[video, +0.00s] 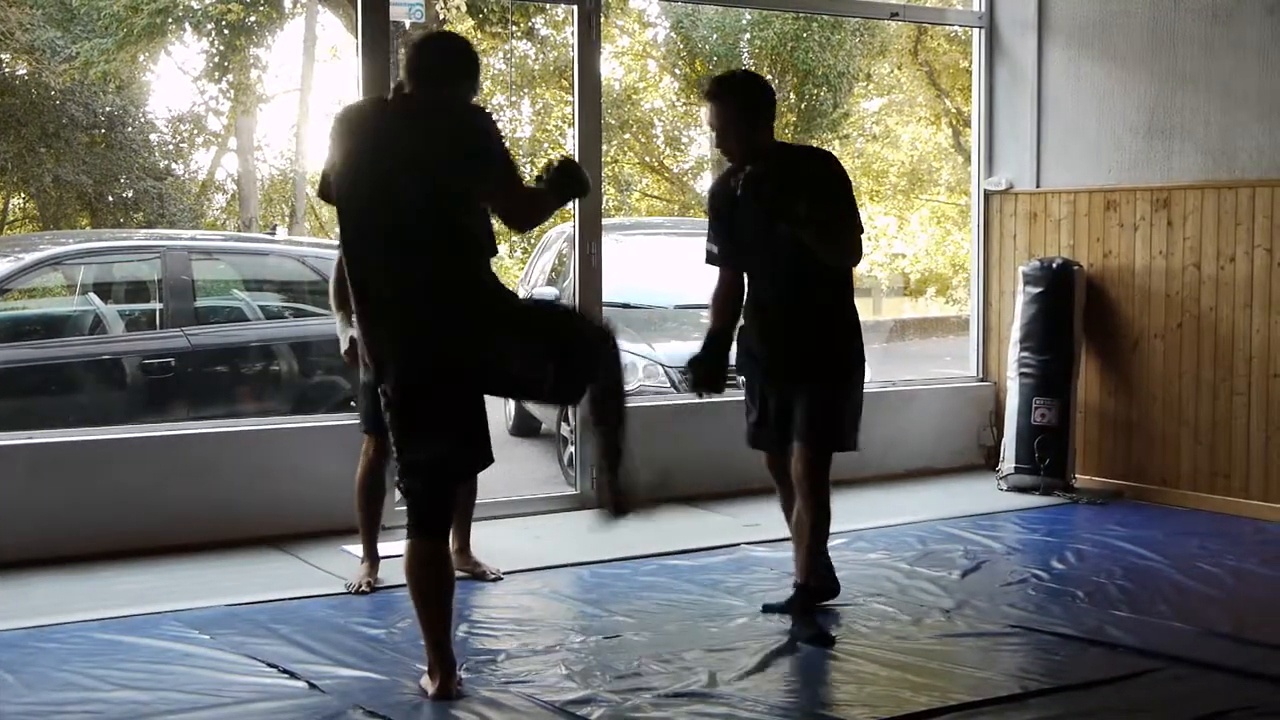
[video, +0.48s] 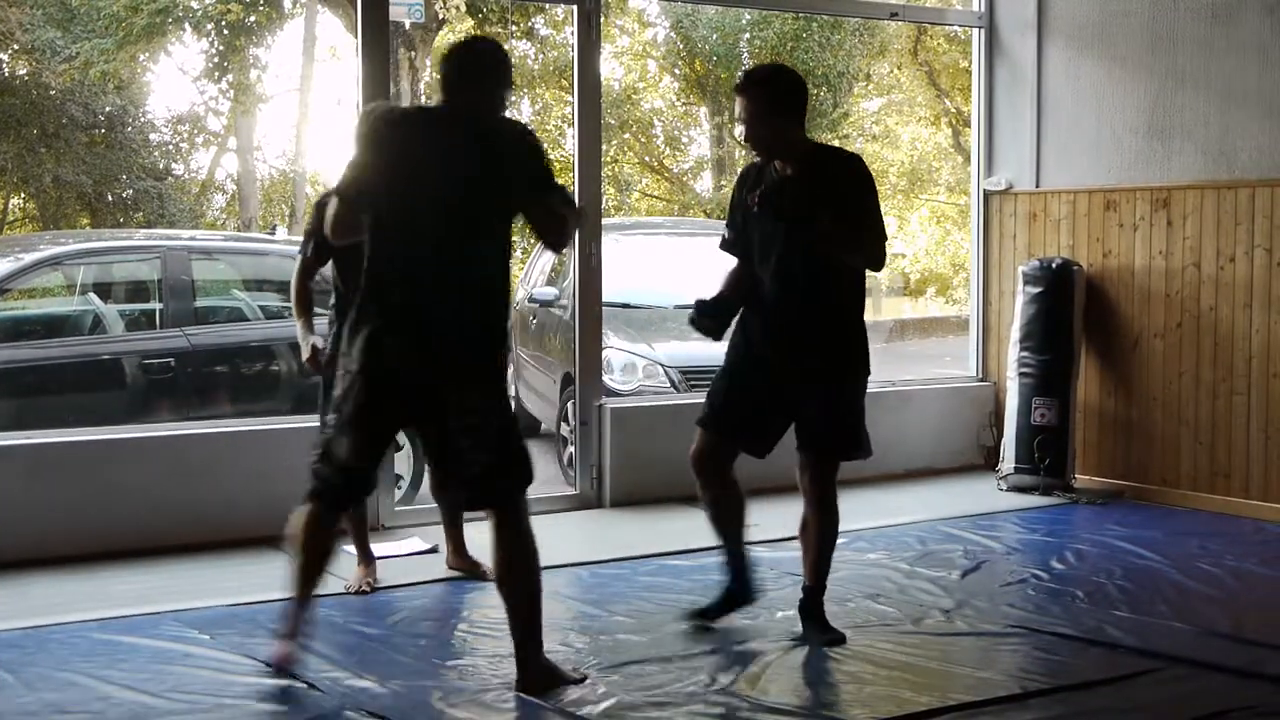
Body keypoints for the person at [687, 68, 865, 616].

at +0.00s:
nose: (713, 136)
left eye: (721, 123)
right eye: (711, 124)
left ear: (755, 119)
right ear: (732, 125)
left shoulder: (818, 168)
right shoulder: (728, 189)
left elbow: (848, 252)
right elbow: (730, 279)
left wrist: (783, 205)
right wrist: (713, 350)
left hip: (825, 334)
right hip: (765, 338)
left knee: (809, 464)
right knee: (781, 465)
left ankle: (805, 596)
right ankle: (818, 572)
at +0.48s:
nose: (743, 131)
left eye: (752, 119)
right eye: (741, 120)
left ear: (788, 115)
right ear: (751, 117)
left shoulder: (845, 171)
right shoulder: (753, 180)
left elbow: (872, 255)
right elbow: (748, 263)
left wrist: (808, 211)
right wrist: (719, 307)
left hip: (830, 346)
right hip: (763, 344)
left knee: (818, 477)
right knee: (708, 458)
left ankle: (813, 604)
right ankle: (739, 578)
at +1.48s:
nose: (672, 138)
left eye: (679, 125)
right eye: (670, 125)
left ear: (715, 118)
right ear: (692, 121)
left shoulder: (777, 172)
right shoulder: (695, 184)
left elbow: (795, 263)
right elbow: (689, 268)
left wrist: (737, 211)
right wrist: (642, 313)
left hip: (759, 353)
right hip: (696, 351)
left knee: (767, 481)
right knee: (665, 473)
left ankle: (805, 599)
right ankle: (676, 615)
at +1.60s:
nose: (660, 134)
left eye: (667, 121)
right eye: (657, 123)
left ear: (702, 114)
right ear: (685, 119)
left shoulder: (766, 171)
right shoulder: (681, 179)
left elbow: (795, 262)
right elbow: (659, 267)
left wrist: (728, 210)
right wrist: (609, 291)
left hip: (749, 347)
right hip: (683, 344)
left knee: (749, 479)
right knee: (668, 474)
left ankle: (767, 595)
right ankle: (677, 617)